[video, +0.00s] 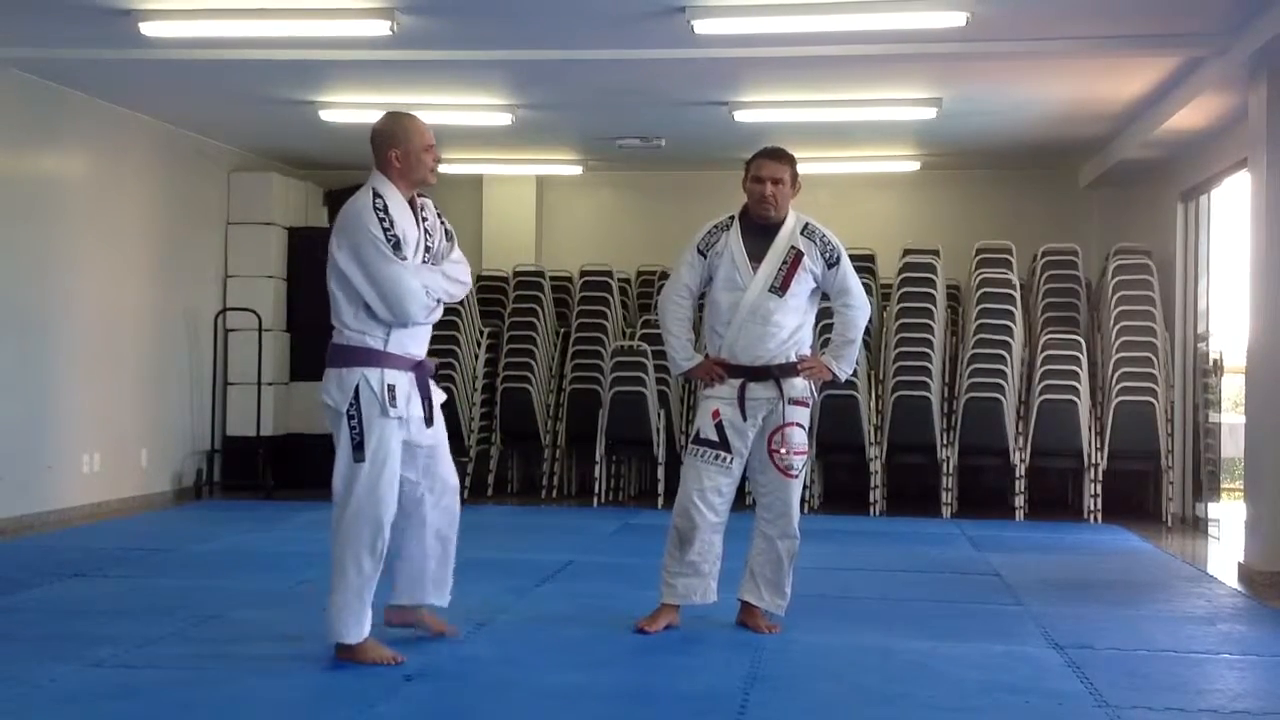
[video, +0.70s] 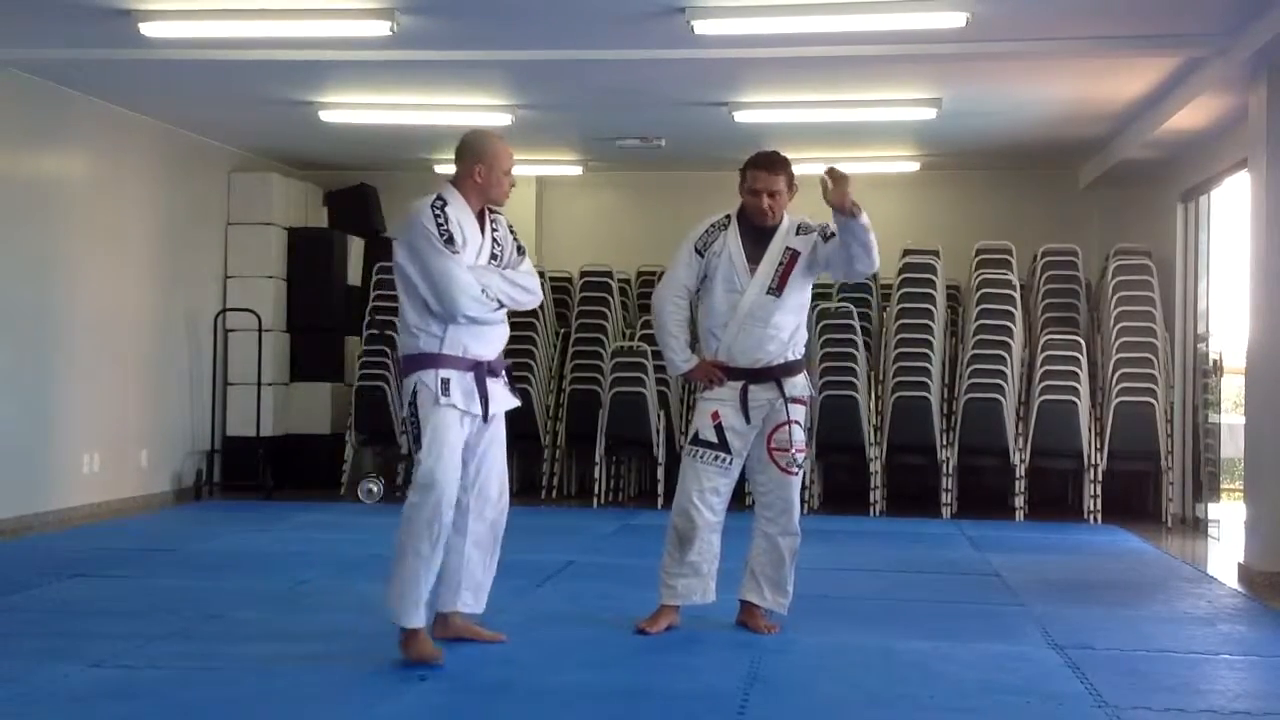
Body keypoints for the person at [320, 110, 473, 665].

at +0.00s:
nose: (439, 158)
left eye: (436, 149)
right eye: (429, 150)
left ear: (402, 156)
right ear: (396, 157)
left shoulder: (426, 212)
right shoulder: (363, 213)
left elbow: (462, 276)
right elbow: (405, 303)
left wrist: (412, 273)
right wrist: (443, 284)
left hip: (414, 376)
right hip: (366, 376)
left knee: (435, 492)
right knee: (366, 505)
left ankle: (408, 605)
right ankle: (350, 636)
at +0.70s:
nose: (512, 183)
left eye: (513, 174)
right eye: (507, 173)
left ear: (485, 174)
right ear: (476, 173)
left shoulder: (498, 226)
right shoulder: (426, 218)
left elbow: (533, 290)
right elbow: (458, 299)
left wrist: (473, 274)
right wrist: (504, 301)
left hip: (488, 377)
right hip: (438, 373)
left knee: (486, 496)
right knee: (436, 492)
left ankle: (454, 613)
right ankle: (412, 625)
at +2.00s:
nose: (546, 199)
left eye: (548, 189)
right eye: (542, 188)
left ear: (517, 182)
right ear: (512, 180)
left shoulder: (507, 235)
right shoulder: (463, 212)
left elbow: (524, 303)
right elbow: (434, 293)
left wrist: (561, 274)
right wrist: (453, 371)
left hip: (504, 389)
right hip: (466, 385)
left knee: (494, 509)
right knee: (457, 508)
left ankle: (463, 617)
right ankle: (438, 631)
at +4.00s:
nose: (533, 203)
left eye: (537, 192)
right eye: (528, 191)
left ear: (508, 185)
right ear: (499, 181)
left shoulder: (512, 242)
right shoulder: (443, 210)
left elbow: (536, 293)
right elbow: (422, 273)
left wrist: (540, 309)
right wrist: (495, 326)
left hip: (497, 389)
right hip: (451, 385)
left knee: (491, 508)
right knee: (450, 507)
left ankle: (463, 618)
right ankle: (439, 632)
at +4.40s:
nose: (526, 197)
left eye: (529, 188)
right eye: (520, 186)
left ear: (510, 183)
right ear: (488, 175)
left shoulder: (505, 227)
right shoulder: (442, 214)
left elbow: (553, 275)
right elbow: (489, 290)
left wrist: (499, 267)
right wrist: (527, 289)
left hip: (494, 391)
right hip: (450, 389)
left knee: (488, 509)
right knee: (448, 510)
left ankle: (462, 619)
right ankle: (437, 634)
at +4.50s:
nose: (528, 197)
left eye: (531, 187)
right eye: (523, 186)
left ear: (504, 182)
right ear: (490, 178)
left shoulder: (507, 231)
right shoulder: (443, 216)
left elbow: (546, 289)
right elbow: (485, 292)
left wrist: (497, 276)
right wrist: (527, 284)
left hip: (492, 392)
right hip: (449, 390)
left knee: (487, 510)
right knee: (448, 510)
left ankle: (461, 618)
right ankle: (437, 633)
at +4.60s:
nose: (529, 200)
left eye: (532, 189)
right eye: (523, 188)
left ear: (501, 183)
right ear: (491, 179)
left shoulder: (507, 233)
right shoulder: (445, 218)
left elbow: (540, 300)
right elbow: (483, 295)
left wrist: (492, 280)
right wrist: (523, 288)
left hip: (492, 391)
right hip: (449, 390)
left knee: (486, 509)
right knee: (448, 510)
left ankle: (462, 618)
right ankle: (438, 633)